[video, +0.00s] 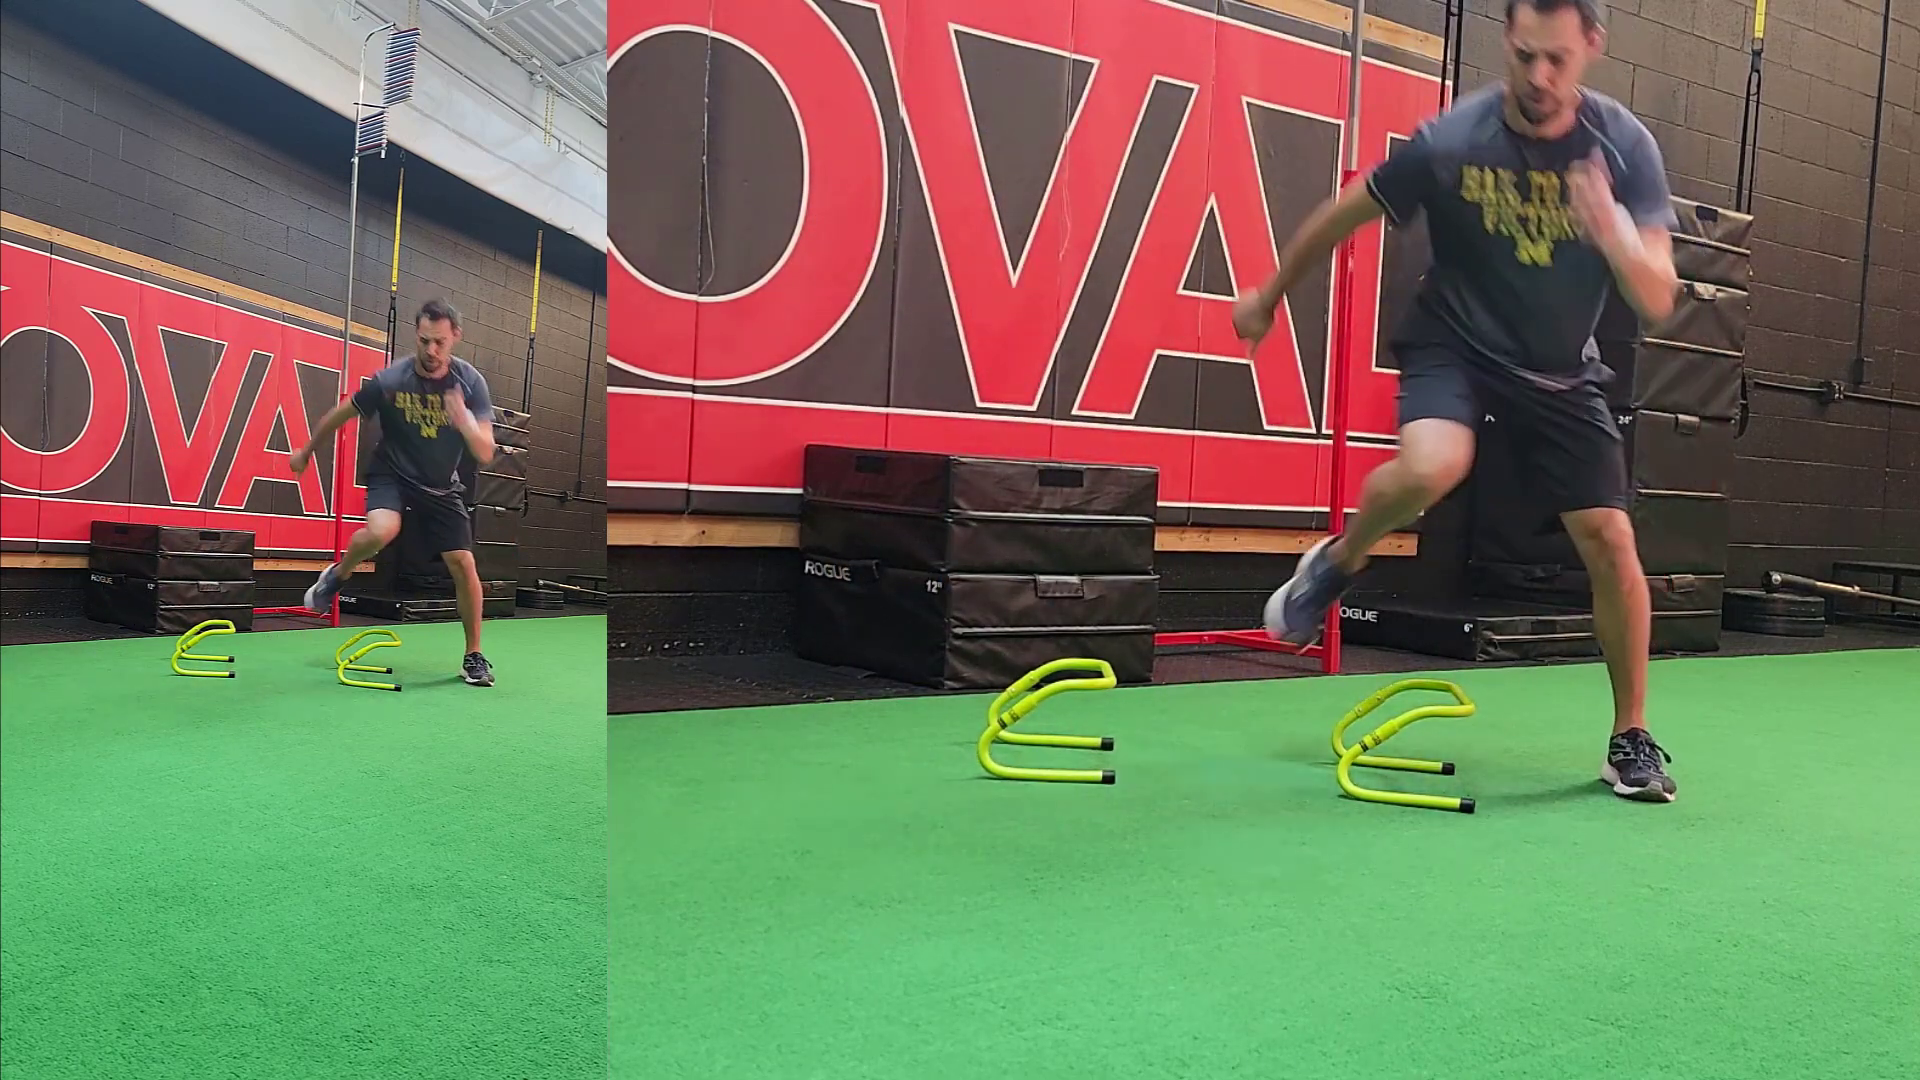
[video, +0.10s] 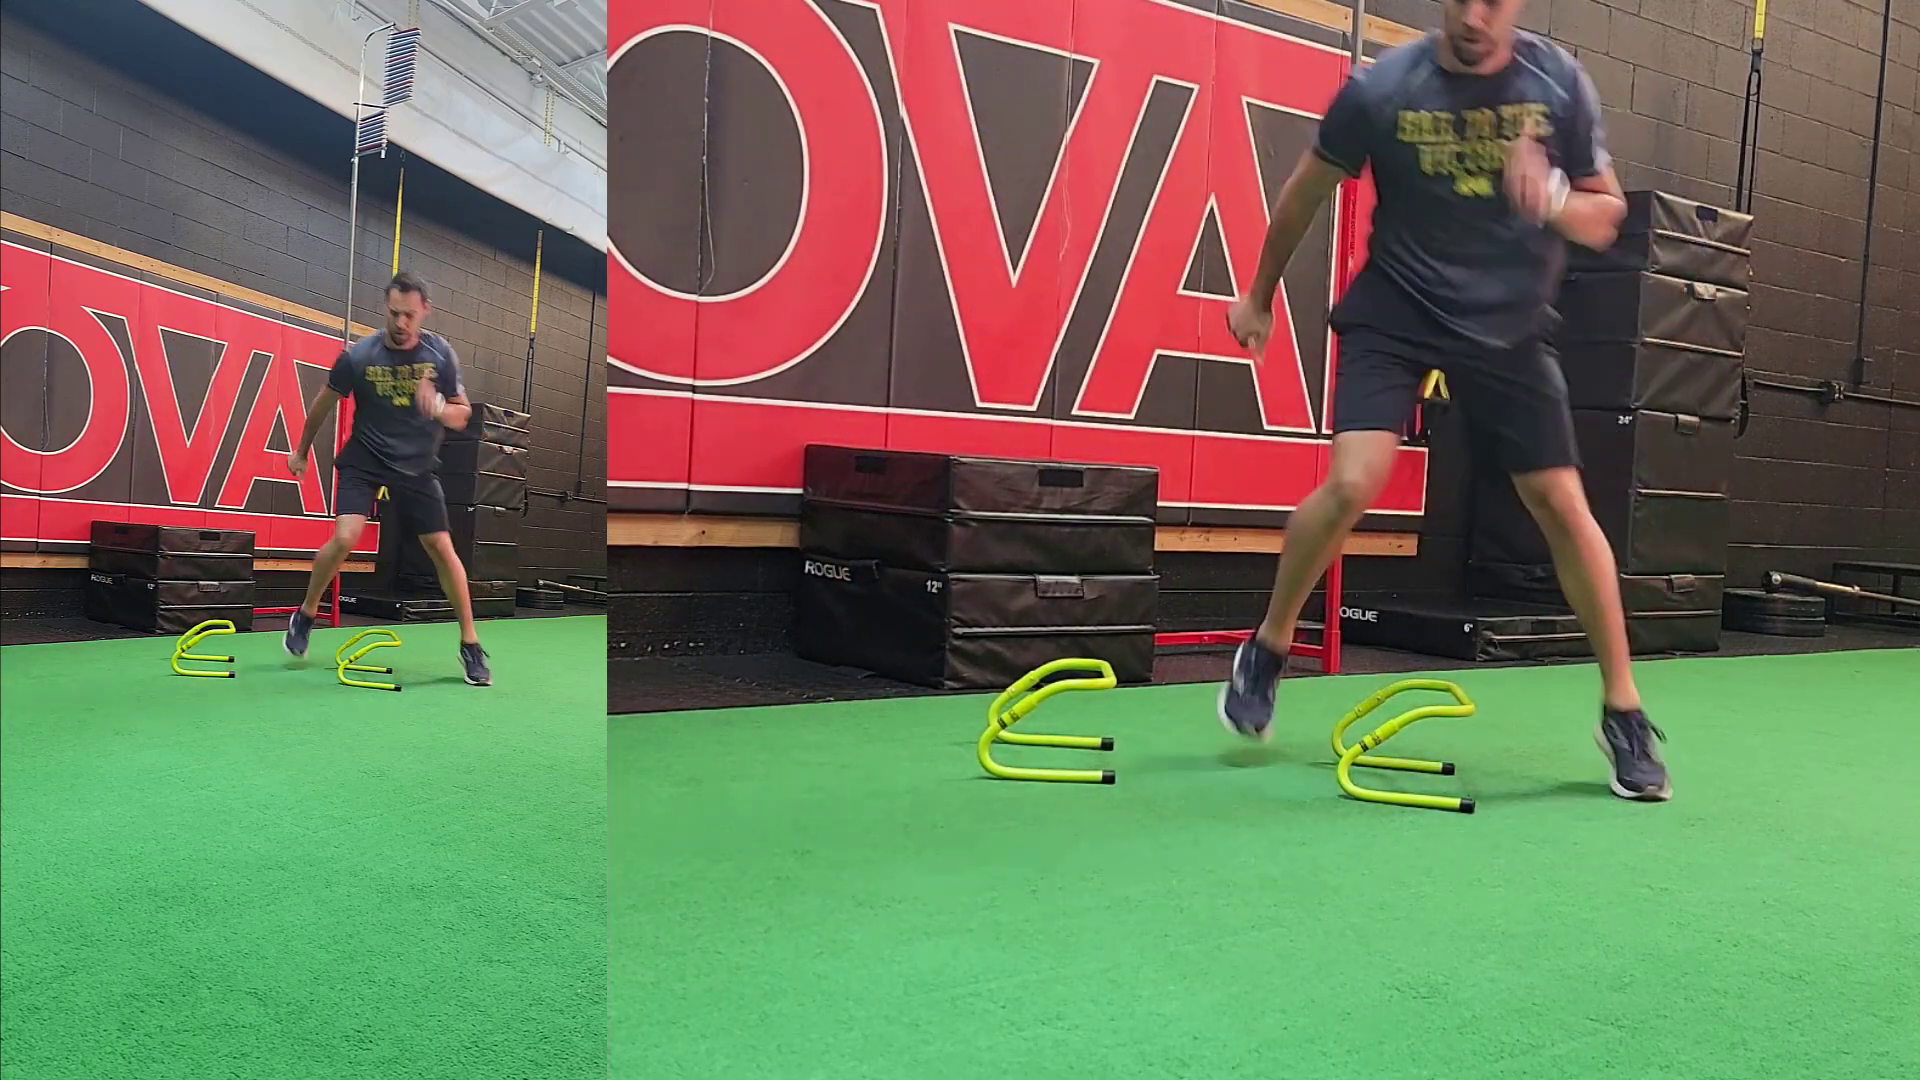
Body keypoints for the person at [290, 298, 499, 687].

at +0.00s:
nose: (431, 351)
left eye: (439, 342)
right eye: (424, 341)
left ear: (455, 339)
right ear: (415, 338)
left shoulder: (471, 383)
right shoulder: (389, 380)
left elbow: (486, 455)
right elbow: (341, 414)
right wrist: (305, 450)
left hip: (442, 486)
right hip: (392, 477)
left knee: (464, 564)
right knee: (381, 531)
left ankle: (474, 654)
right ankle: (336, 577)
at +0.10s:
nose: (400, 323)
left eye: (408, 315)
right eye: (393, 313)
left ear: (425, 312)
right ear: (383, 310)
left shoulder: (440, 354)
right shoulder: (358, 357)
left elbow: (462, 415)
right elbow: (324, 400)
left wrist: (437, 408)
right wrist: (301, 450)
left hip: (417, 467)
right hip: (363, 460)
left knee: (441, 546)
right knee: (346, 538)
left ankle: (470, 643)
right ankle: (306, 613)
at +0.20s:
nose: (366, 322)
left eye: (374, 314)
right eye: (359, 314)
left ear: (390, 312)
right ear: (350, 311)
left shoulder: (409, 356)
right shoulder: (326, 362)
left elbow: (419, 407)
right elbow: (307, 422)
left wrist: (424, 459)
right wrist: (305, 478)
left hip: (391, 458)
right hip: (337, 458)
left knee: (404, 523)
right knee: (326, 550)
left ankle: (418, 575)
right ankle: (310, 636)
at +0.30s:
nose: (339, 322)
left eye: (347, 313)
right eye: (333, 312)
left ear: (362, 311)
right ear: (324, 309)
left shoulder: (383, 355)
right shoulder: (302, 357)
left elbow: (401, 399)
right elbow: (282, 416)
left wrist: (403, 444)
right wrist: (305, 436)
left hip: (362, 450)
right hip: (316, 455)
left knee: (356, 494)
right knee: (313, 550)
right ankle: (308, 637)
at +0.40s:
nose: (317, 311)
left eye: (325, 303)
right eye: (311, 302)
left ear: (341, 298)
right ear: (302, 297)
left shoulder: (363, 343)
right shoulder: (279, 340)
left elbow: (378, 394)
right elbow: (261, 394)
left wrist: (380, 442)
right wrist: (278, 420)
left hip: (336, 446)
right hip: (290, 444)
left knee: (324, 516)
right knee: (284, 528)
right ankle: (298, 611)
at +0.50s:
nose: (290, 318)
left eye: (298, 309)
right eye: (284, 308)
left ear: (317, 305)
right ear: (277, 302)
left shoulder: (337, 354)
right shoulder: (255, 345)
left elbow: (356, 414)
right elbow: (237, 397)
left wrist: (358, 473)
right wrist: (227, 445)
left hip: (312, 456)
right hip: (264, 449)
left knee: (303, 544)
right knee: (243, 506)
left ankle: (313, 641)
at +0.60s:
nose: (259, 317)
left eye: (268, 308)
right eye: (253, 307)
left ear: (287, 303)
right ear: (247, 302)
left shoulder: (309, 354)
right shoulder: (228, 344)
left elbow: (331, 418)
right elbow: (212, 395)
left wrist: (324, 472)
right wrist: (199, 442)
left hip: (285, 455)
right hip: (237, 444)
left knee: (290, 544)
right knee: (201, 496)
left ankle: (309, 641)